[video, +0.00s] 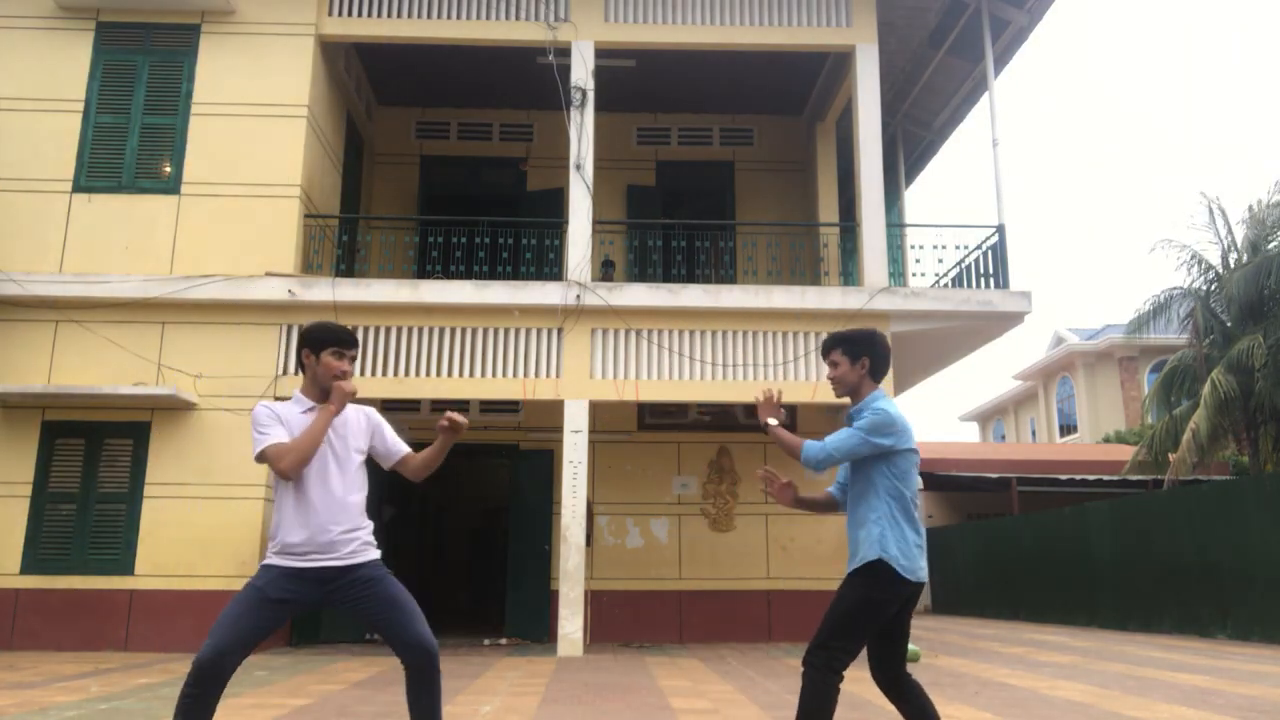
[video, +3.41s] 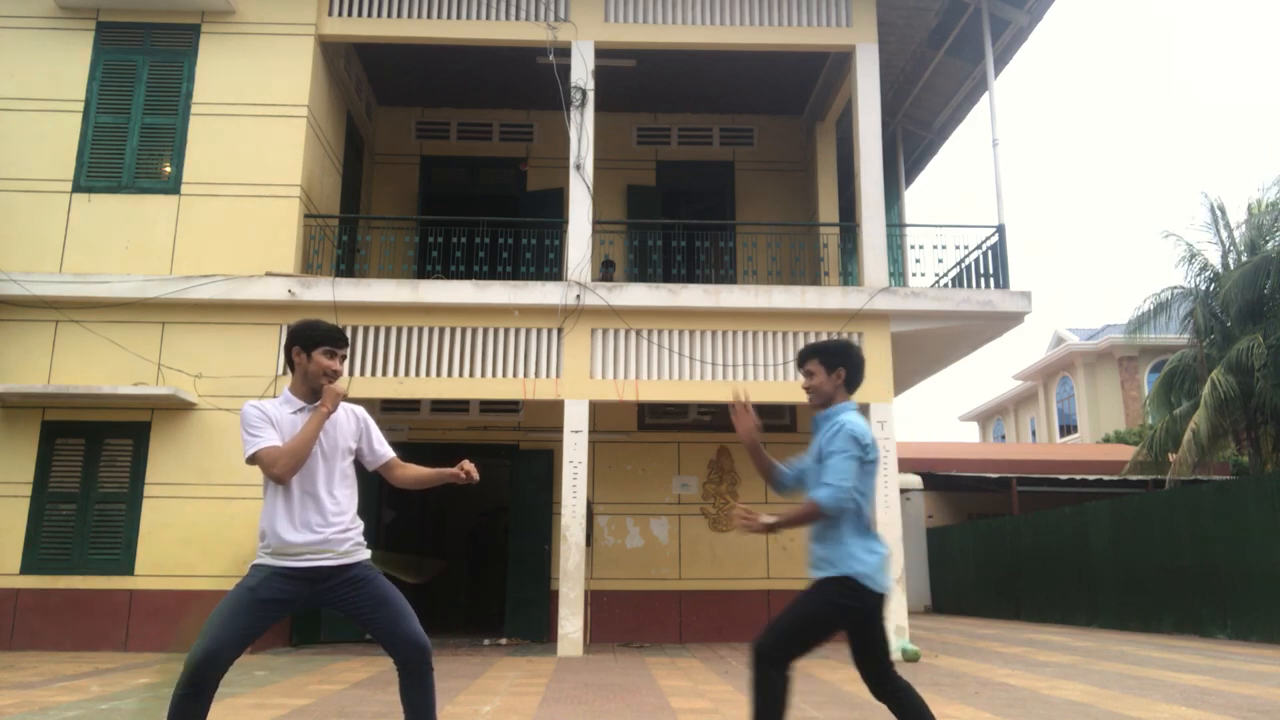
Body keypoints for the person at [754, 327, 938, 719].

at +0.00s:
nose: (828, 374)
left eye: (835, 365)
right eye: (828, 366)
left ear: (863, 366)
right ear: (858, 369)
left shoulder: (882, 416)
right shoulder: (871, 422)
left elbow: (817, 455)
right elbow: (840, 497)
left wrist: (772, 424)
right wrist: (796, 500)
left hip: (883, 564)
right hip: (899, 566)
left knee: (821, 664)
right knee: (889, 673)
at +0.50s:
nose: (826, 377)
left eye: (833, 368)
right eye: (825, 369)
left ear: (862, 369)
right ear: (852, 371)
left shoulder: (881, 423)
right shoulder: (866, 424)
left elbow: (845, 484)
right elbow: (823, 473)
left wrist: (783, 473)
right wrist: (772, 461)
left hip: (880, 567)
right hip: (888, 568)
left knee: (817, 663)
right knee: (886, 675)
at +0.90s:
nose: (836, 386)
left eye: (842, 377)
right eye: (835, 378)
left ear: (869, 377)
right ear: (869, 379)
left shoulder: (879, 427)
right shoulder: (895, 426)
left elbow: (826, 484)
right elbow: (864, 501)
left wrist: (764, 482)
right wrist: (819, 469)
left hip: (888, 571)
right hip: (914, 574)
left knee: (822, 665)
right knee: (890, 677)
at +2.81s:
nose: (833, 388)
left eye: (838, 378)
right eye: (832, 380)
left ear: (866, 378)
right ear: (866, 380)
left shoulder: (878, 427)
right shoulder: (899, 428)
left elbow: (814, 474)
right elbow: (873, 508)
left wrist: (745, 474)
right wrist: (828, 479)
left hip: (886, 573)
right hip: (913, 575)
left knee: (819, 665)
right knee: (889, 677)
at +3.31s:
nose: (815, 384)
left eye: (821, 375)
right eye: (814, 376)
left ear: (850, 375)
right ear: (847, 377)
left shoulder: (860, 426)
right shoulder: (866, 424)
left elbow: (806, 484)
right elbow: (843, 506)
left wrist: (739, 490)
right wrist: (798, 481)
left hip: (871, 574)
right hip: (889, 575)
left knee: (797, 653)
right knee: (888, 675)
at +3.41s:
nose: (804, 384)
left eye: (811, 375)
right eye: (803, 376)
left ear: (839, 376)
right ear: (834, 378)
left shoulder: (848, 429)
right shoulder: (831, 430)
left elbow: (833, 499)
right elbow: (783, 480)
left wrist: (773, 523)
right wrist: (752, 441)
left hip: (851, 577)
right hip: (853, 577)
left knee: (770, 651)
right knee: (882, 680)